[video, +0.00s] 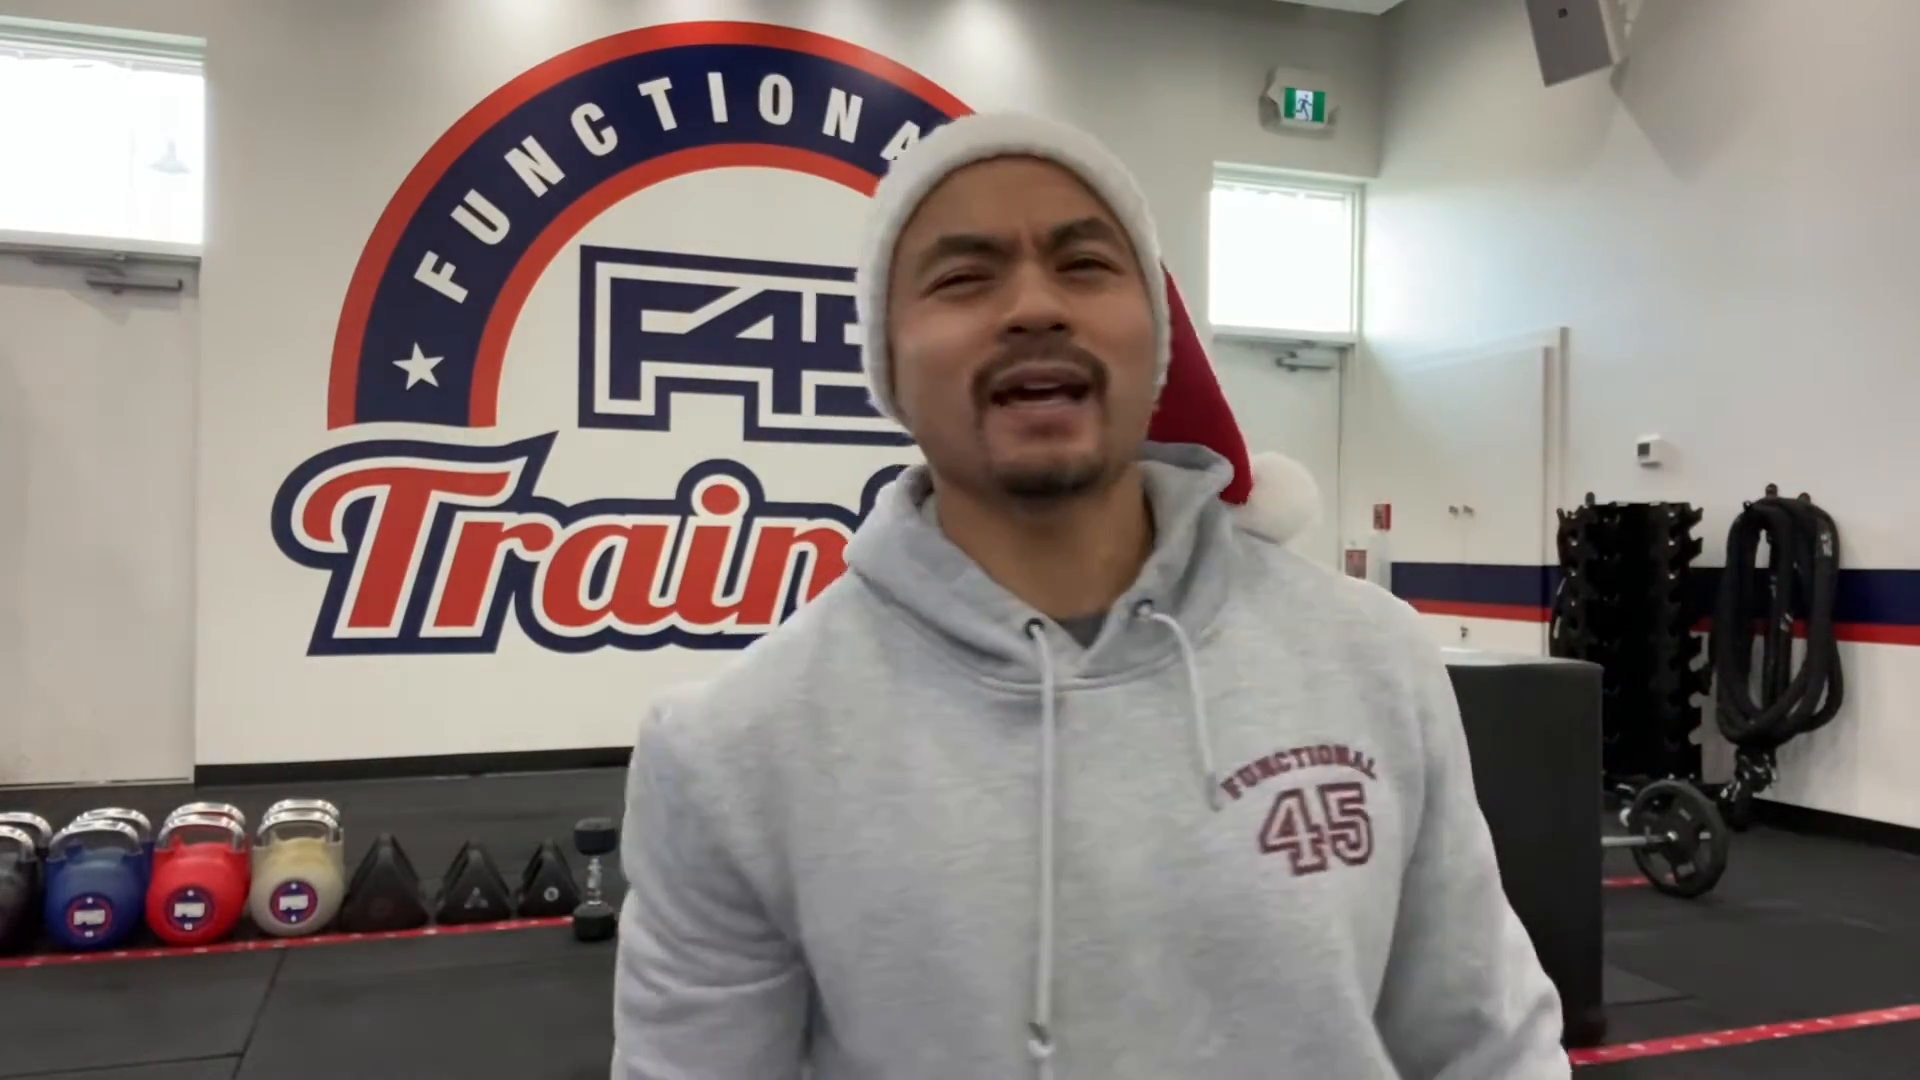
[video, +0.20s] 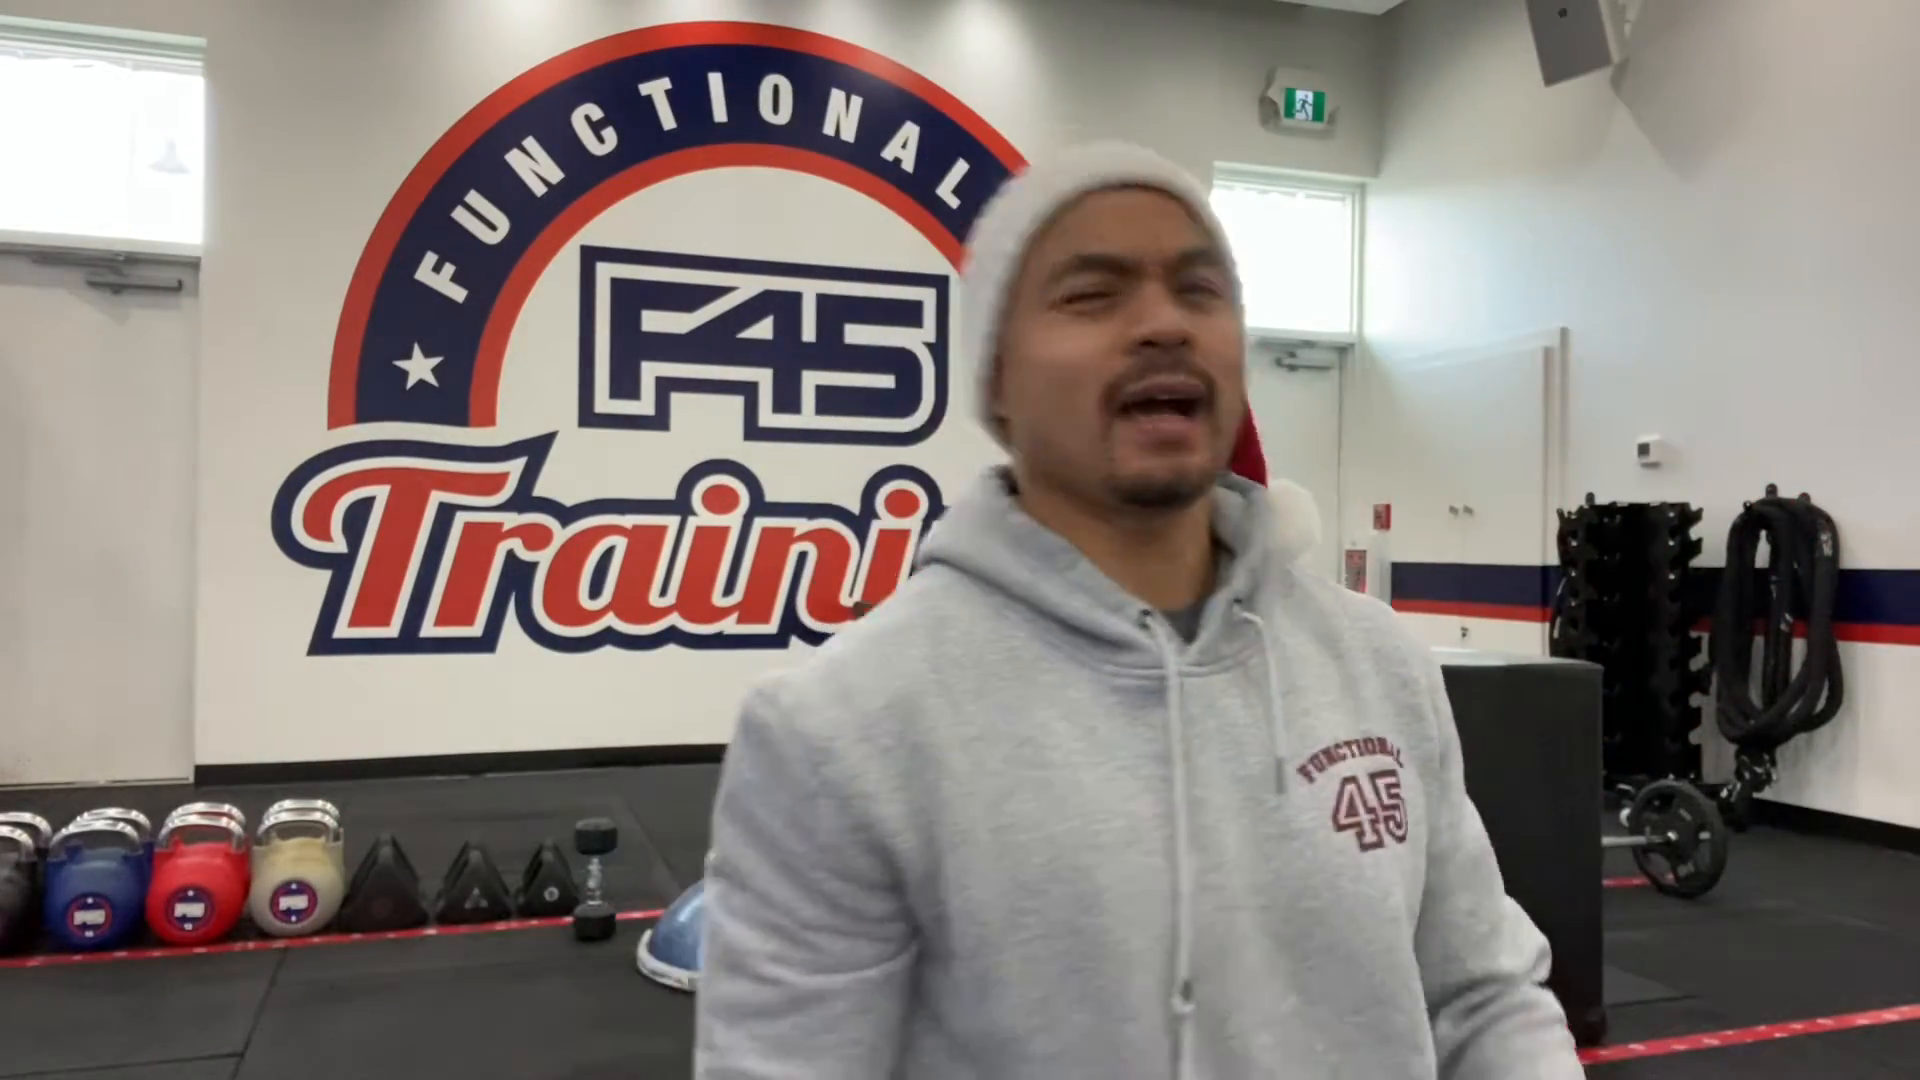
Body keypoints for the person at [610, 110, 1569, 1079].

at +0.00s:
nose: (1035, 307)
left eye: (1084, 264)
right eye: (964, 275)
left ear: (1159, 331)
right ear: (890, 369)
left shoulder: (1368, 660)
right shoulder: (727, 752)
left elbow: (1492, 1048)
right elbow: (687, 1070)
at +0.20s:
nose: (1164, 326)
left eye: (1197, 289)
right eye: (1091, 292)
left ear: (1244, 348)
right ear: (993, 379)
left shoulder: (1374, 664)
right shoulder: (836, 732)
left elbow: (1488, 1000)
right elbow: (778, 1071)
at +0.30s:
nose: (1296, 378)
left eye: (1319, 347)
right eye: (1233, 328)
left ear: (1338, 391)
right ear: (1099, 368)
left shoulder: (1369, 679)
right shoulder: (915, 697)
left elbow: (1474, 940)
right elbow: (823, 1053)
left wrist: (1500, 1040)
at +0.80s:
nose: (1192, 382)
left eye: (1221, 338)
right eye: (1130, 359)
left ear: (1277, 375)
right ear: (1065, 427)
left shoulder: (1426, 655)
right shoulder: (946, 690)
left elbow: (1519, 910)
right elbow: (892, 1020)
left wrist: (1438, 1019)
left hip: (1363, 1076)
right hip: (1067, 1064)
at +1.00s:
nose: (1017, 398)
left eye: (1061, 352)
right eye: (974, 378)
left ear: (1155, 385)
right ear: (950, 437)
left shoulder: (1364, 655)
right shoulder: (869, 697)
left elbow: (1496, 920)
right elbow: (836, 1012)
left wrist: (1344, 1030)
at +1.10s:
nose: (928, 408)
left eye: (975, 365)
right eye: (893, 389)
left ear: (1076, 396)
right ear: (878, 449)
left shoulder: (1281, 659)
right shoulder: (816, 707)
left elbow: (1414, 932)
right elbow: (790, 998)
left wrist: (1240, 1036)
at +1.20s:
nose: (818, 425)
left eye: (865, 382)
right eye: (790, 409)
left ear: (977, 409)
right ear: (777, 463)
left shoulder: (1182, 656)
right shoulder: (752, 720)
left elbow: (1311, 923)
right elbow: (742, 982)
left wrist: (1162, 1037)